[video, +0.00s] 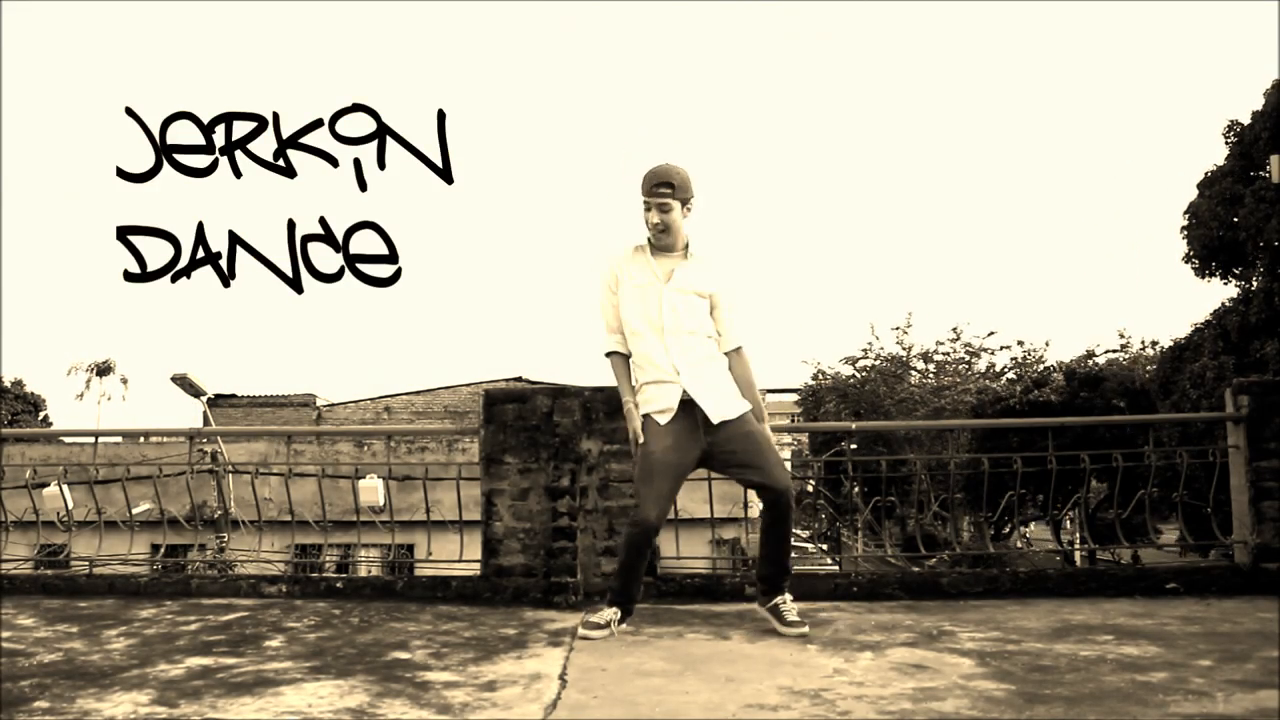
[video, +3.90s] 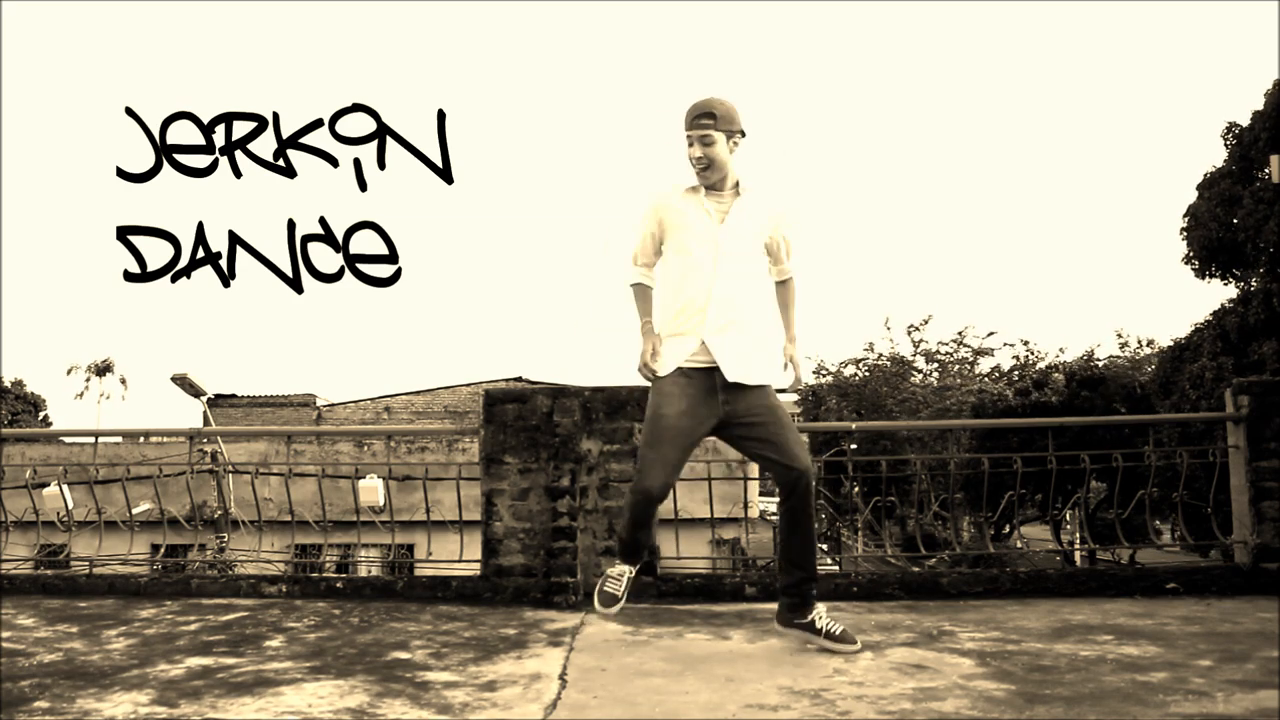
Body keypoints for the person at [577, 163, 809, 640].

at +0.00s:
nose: (655, 216)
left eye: (664, 207)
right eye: (648, 207)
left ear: (686, 209)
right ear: (642, 210)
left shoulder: (710, 271)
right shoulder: (623, 269)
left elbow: (733, 350)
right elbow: (616, 346)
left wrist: (760, 416)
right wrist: (630, 406)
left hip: (724, 404)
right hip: (663, 410)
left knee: (780, 490)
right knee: (647, 518)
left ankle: (773, 594)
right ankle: (618, 608)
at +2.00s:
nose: (734, 217)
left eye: (744, 207)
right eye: (728, 209)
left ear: (770, 212)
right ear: (724, 216)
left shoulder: (798, 285)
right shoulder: (706, 282)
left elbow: (787, 355)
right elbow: (675, 354)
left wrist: (790, 420)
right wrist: (661, 412)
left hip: (762, 425)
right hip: (701, 421)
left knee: (804, 519)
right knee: (667, 502)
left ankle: (814, 611)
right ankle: (613, 583)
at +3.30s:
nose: (691, 213)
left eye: (701, 203)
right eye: (684, 204)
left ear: (725, 206)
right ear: (677, 208)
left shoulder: (756, 273)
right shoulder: (659, 277)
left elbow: (799, 346)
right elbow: (629, 344)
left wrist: (847, 413)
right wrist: (617, 340)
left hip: (754, 424)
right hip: (685, 427)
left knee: (799, 518)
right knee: (653, 535)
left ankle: (811, 617)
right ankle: (626, 609)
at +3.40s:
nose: (718, 203)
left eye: (728, 193)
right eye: (710, 194)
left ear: (751, 197)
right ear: (703, 200)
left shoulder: (778, 271)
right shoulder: (681, 271)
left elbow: (826, 335)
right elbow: (662, 346)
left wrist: (881, 387)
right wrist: (615, 333)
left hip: (767, 411)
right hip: (701, 415)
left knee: (808, 509)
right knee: (680, 517)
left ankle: (815, 617)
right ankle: (626, 596)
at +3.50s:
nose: (743, 195)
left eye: (753, 185)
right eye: (735, 186)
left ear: (776, 190)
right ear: (728, 192)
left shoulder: (794, 262)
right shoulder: (701, 256)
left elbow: (815, 322)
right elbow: (696, 325)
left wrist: (842, 364)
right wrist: (678, 348)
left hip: (773, 391)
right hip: (716, 391)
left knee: (817, 499)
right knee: (730, 492)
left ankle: (817, 615)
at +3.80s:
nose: (719, 156)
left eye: (729, 146)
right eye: (713, 148)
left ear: (757, 149)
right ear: (708, 155)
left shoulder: (784, 224)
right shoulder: (686, 216)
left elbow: (802, 303)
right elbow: (658, 288)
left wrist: (806, 369)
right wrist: (674, 350)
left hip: (772, 384)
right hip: (705, 379)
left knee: (809, 486)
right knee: (679, 488)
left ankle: (796, 616)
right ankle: (657, 553)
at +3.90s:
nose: (696, 153)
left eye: (706, 142)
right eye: (690, 144)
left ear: (734, 142)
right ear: (686, 148)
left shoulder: (764, 211)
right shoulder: (667, 207)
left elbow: (783, 278)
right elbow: (641, 271)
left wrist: (790, 341)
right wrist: (648, 330)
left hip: (750, 376)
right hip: (682, 374)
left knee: (799, 473)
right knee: (649, 485)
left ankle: (799, 606)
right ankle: (625, 561)